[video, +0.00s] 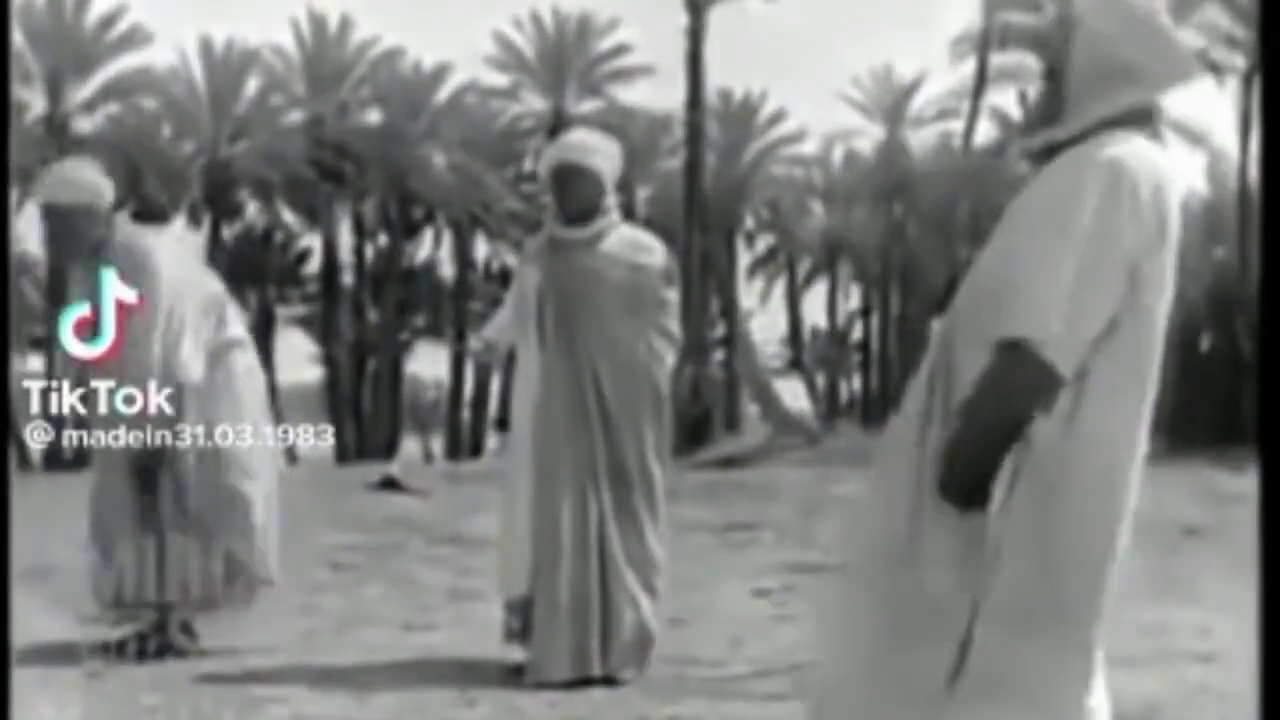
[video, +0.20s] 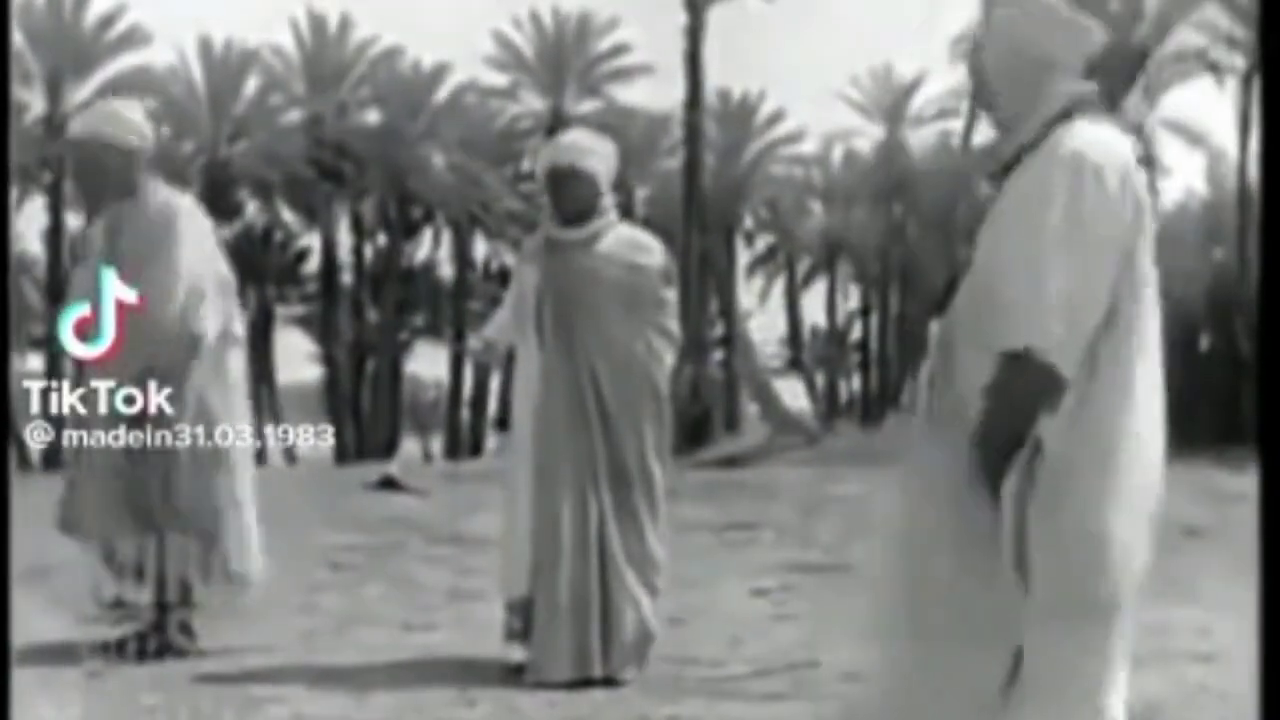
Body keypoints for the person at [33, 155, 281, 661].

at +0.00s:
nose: (56, 236)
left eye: (64, 223)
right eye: (52, 223)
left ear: (93, 219)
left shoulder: (157, 264)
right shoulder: (93, 260)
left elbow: (172, 359)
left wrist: (154, 435)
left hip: (211, 374)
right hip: (159, 372)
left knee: (175, 485)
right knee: (142, 478)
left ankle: (172, 617)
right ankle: (158, 612)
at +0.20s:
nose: (76, 176)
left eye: (87, 162)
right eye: (75, 162)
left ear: (120, 162)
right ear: (113, 165)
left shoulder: (173, 220)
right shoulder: (104, 229)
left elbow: (181, 317)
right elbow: (92, 310)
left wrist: (158, 385)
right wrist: (96, 369)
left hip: (183, 383)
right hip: (135, 381)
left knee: (177, 495)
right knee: (147, 494)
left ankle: (175, 616)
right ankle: (162, 610)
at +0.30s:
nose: (98, 165)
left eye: (106, 150)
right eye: (97, 152)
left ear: (139, 147)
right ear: (127, 149)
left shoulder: (185, 206)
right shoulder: (127, 212)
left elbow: (176, 304)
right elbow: (97, 286)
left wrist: (116, 356)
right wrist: (92, 342)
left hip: (193, 368)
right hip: (149, 367)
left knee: (177, 483)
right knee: (153, 480)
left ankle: (173, 615)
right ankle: (164, 605)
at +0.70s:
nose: (126, 158)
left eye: (136, 143)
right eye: (126, 146)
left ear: (166, 144)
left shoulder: (210, 211)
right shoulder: (144, 219)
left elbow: (208, 303)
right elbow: (121, 293)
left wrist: (131, 335)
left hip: (200, 365)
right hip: (154, 366)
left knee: (178, 481)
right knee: (149, 480)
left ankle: (177, 614)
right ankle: (163, 603)